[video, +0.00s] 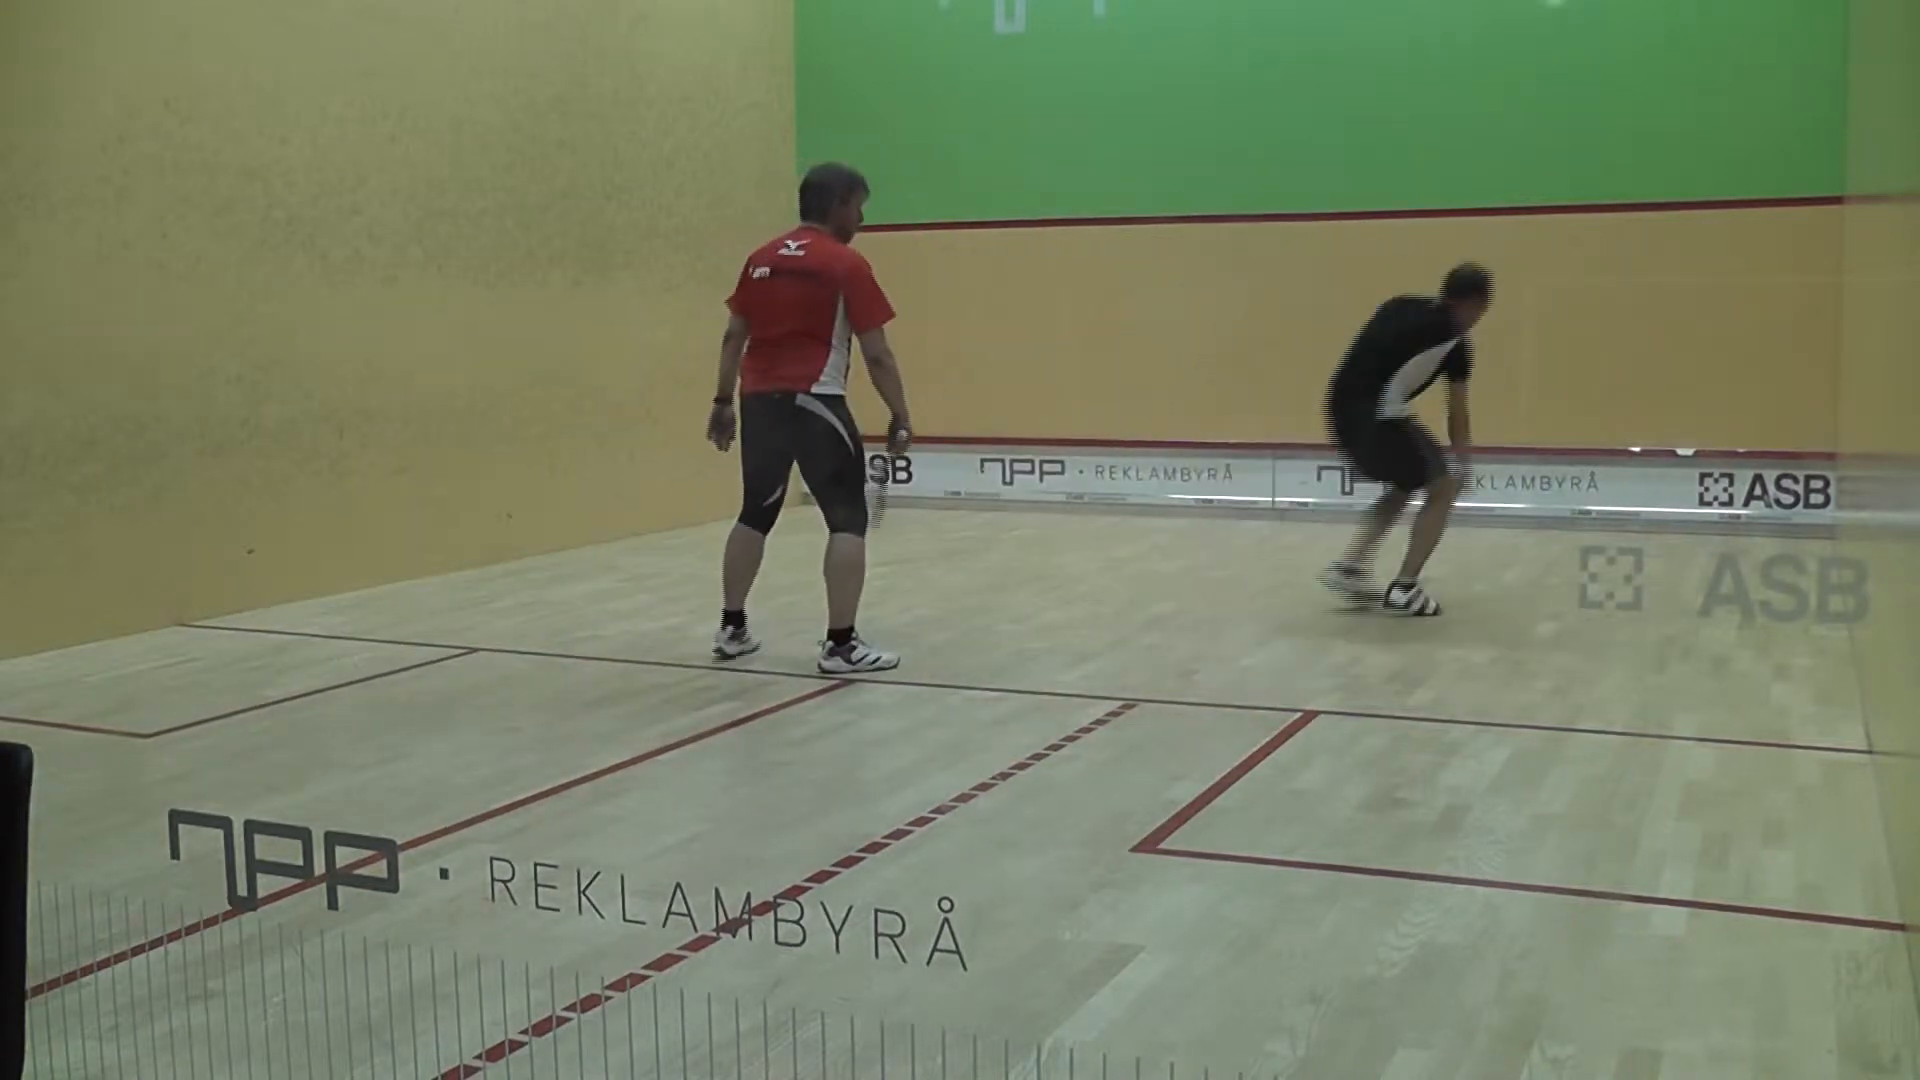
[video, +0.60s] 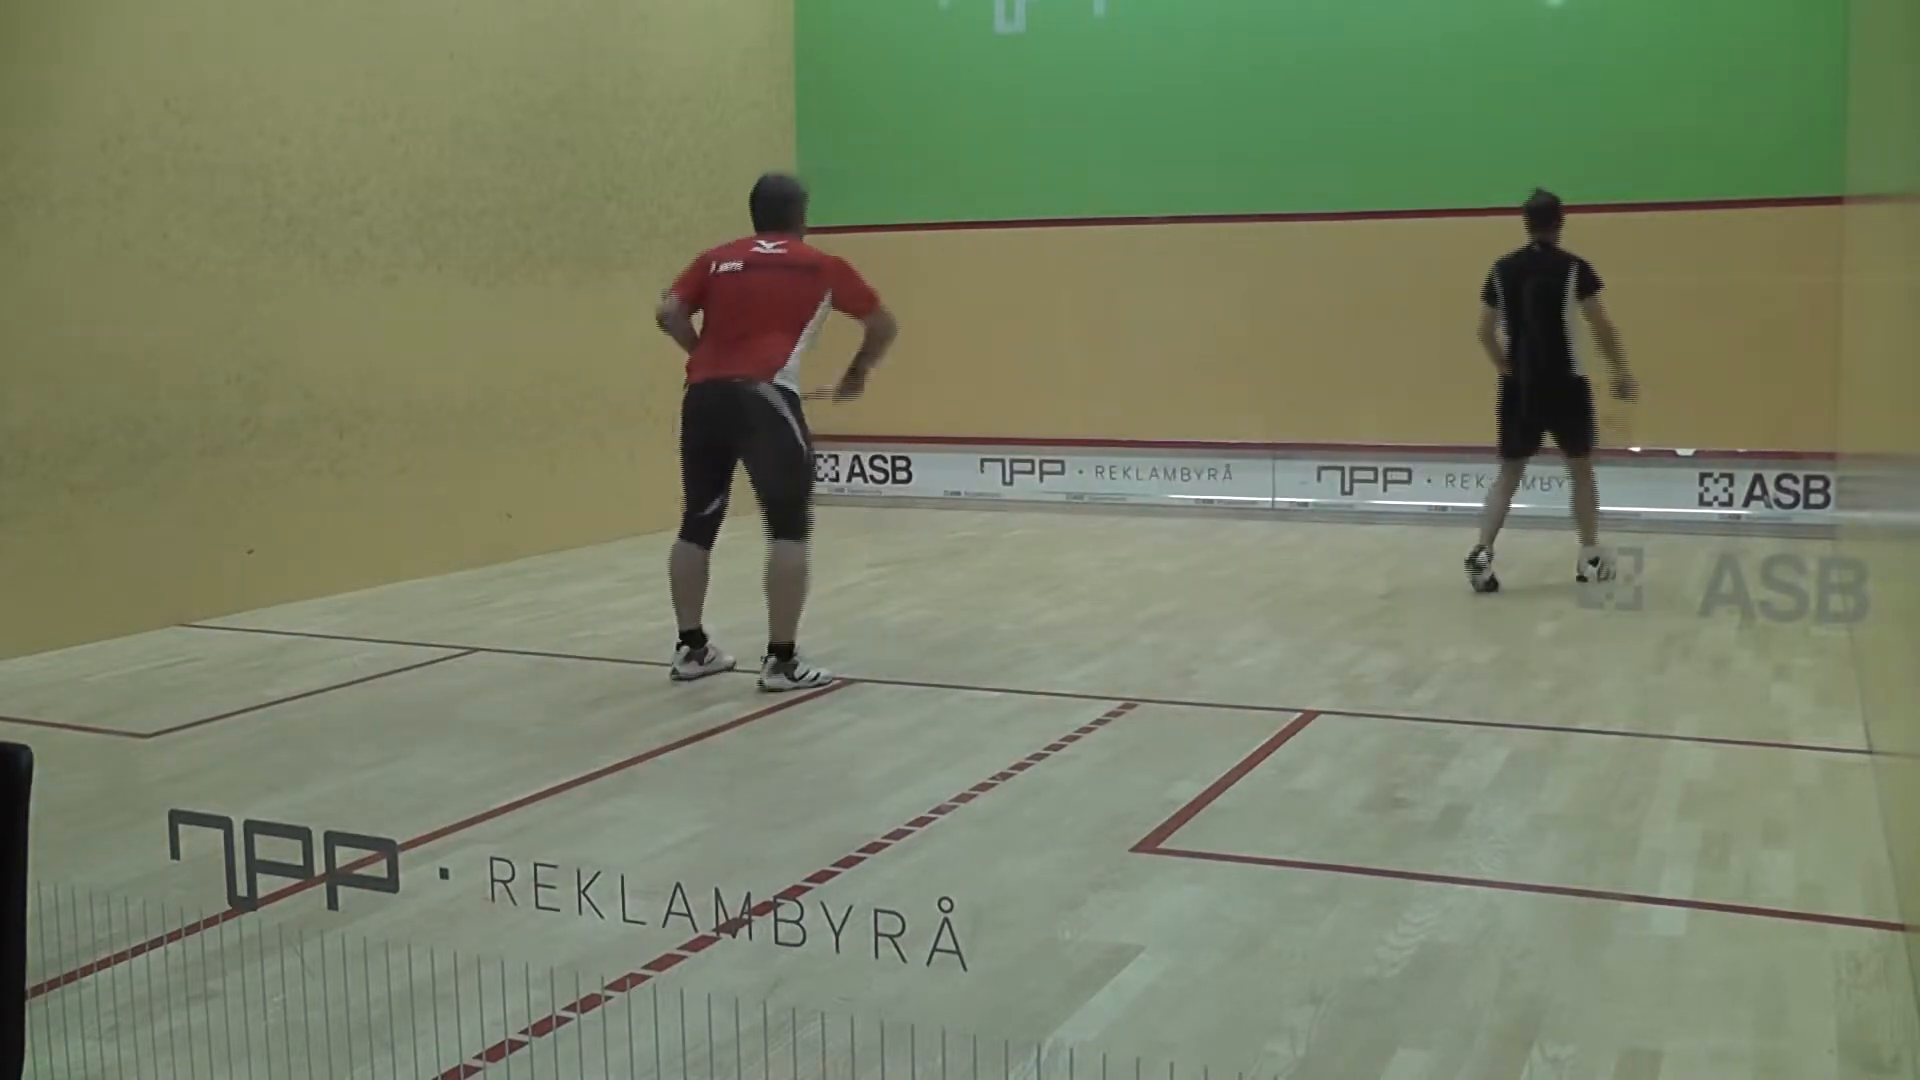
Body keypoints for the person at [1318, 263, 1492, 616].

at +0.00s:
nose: (1482, 313)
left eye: (1484, 305)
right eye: (1481, 305)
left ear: (1447, 294)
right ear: (1464, 302)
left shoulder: (1402, 307)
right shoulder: (1455, 345)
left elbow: (1361, 363)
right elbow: (1457, 410)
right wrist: (1464, 464)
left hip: (1346, 415)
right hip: (1383, 422)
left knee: (1405, 484)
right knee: (1444, 486)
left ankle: (1351, 566)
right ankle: (1405, 586)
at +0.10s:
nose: (1497, 292)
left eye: (1498, 284)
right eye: (1497, 285)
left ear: (1464, 274)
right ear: (1489, 283)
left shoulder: (1420, 291)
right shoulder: (1476, 323)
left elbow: (1384, 333)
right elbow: (1461, 388)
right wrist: (1446, 418)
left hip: (1374, 396)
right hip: (1413, 404)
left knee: (1423, 478)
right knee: (1460, 487)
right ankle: (1413, 570)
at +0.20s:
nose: (1507, 261)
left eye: (1507, 253)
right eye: (1507, 254)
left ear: (1470, 248)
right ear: (1500, 253)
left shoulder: (1432, 277)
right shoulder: (1502, 296)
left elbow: (1397, 338)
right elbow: (1485, 357)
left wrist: (1425, 361)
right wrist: (1458, 380)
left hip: (1416, 392)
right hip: (1460, 396)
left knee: (1458, 483)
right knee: (1496, 485)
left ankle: (1471, 570)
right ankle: (1444, 548)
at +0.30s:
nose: (1510, 252)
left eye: (1506, 245)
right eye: (1510, 246)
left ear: (1475, 244)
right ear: (1507, 245)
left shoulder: (1444, 279)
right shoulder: (1516, 287)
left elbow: (1422, 343)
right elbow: (1509, 349)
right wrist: (1492, 378)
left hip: (1443, 398)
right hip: (1487, 398)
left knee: (1476, 476)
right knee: (1517, 479)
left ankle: (1477, 567)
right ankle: (1477, 540)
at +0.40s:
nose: (1521, 231)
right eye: (1522, 223)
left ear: (1490, 225)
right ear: (1525, 225)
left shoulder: (1466, 267)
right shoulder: (1539, 270)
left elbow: (1451, 330)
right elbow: (1543, 339)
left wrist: (1479, 349)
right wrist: (1511, 358)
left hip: (1473, 384)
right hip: (1519, 384)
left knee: (1487, 473)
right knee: (1540, 463)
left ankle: (1475, 566)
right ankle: (1532, 553)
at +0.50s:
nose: (1536, 223)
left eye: (1519, 216)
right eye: (1537, 216)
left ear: (1504, 218)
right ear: (1540, 218)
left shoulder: (1481, 261)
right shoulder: (1554, 262)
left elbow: (1466, 323)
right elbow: (1569, 323)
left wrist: (1483, 353)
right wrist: (1562, 366)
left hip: (1491, 379)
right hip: (1538, 378)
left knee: (1495, 470)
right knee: (1557, 467)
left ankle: (1476, 559)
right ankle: (1564, 556)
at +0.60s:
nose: (1556, 227)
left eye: (1542, 219)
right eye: (1559, 220)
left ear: (1526, 223)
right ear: (1560, 222)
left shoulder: (1504, 268)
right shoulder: (1576, 269)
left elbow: (1486, 331)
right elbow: (1601, 324)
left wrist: (1504, 365)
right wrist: (1618, 370)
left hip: (1517, 386)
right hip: (1565, 386)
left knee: (1509, 472)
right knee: (1582, 471)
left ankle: (1481, 554)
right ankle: (1590, 558)